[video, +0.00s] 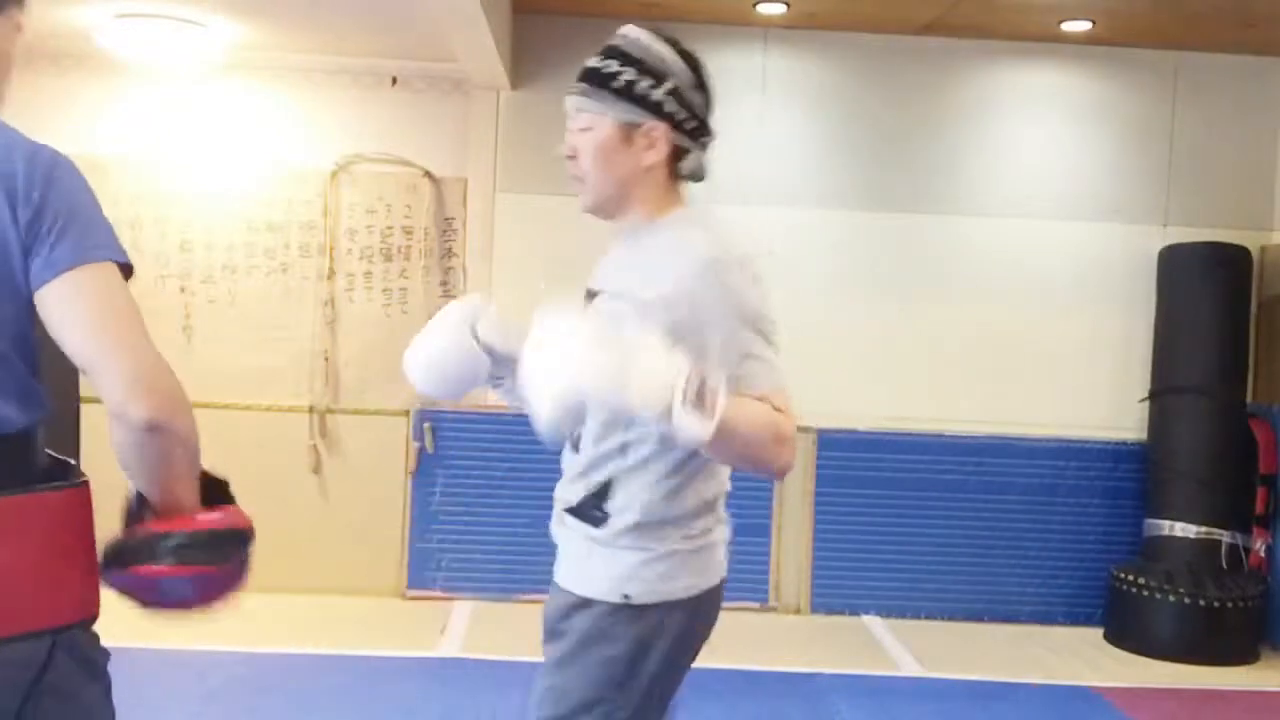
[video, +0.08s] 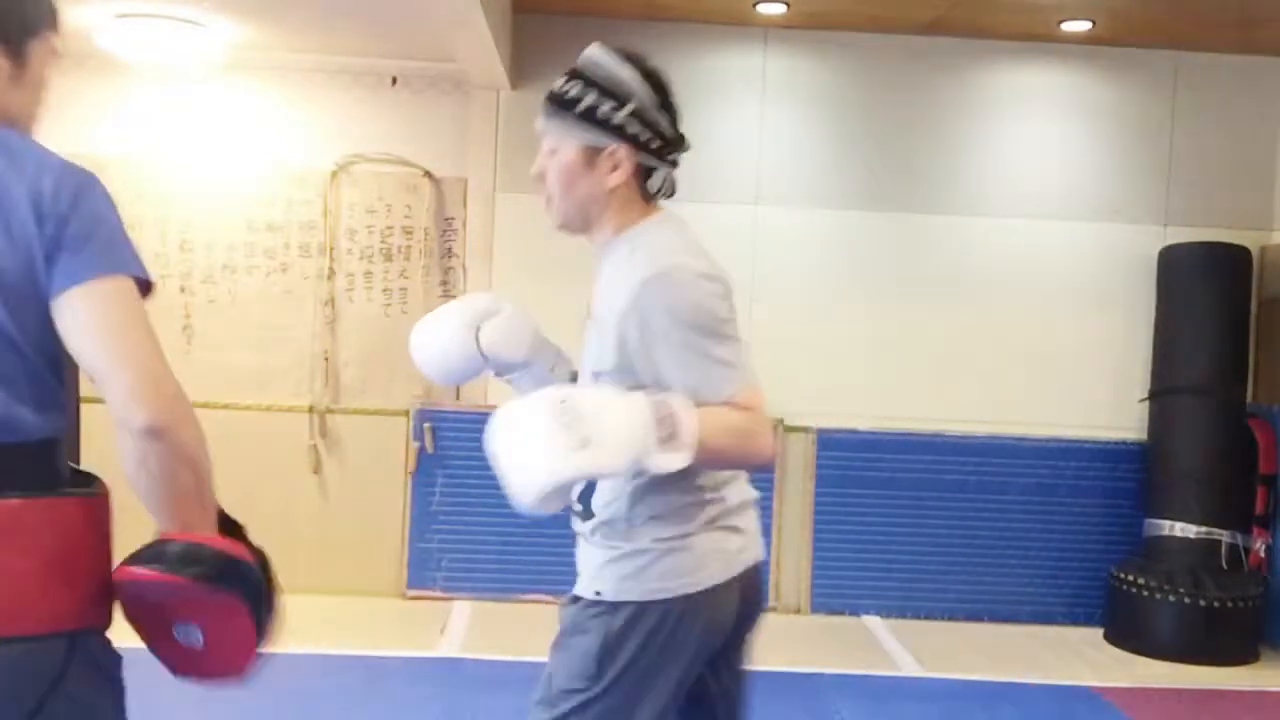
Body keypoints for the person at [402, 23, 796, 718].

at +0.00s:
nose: (565, 150)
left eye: (583, 127)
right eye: (569, 129)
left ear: (652, 142)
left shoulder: (705, 262)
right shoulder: (627, 256)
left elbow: (775, 443)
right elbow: (593, 411)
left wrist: (654, 383)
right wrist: (501, 362)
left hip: (642, 588)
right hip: (597, 575)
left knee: (568, 706)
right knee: (575, 704)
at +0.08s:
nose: (537, 171)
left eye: (552, 150)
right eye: (541, 149)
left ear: (615, 165)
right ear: (611, 167)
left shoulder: (664, 274)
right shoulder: (634, 263)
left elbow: (754, 437)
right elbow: (618, 417)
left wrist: (627, 428)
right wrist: (533, 364)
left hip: (653, 587)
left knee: (571, 707)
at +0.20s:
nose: (543, 194)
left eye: (554, 175)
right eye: (546, 175)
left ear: (611, 184)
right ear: (616, 186)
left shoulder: (649, 283)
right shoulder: (689, 256)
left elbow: (710, 457)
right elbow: (651, 409)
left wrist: (571, 428)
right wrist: (551, 350)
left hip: (662, 590)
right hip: (746, 578)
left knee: (570, 710)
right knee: (765, 714)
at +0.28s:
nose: (591, 206)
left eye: (599, 185)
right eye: (592, 185)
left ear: (650, 188)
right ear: (659, 190)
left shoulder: (656, 289)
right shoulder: (748, 269)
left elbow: (652, 458)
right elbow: (708, 348)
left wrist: (545, 397)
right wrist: (591, 314)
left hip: (687, 601)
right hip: (787, 590)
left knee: (597, 708)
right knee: (807, 710)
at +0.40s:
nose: (702, 218)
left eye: (712, 199)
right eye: (704, 199)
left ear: (756, 205)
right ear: (784, 209)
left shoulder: (741, 298)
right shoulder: (868, 300)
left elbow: (697, 451)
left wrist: (625, 375)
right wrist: (709, 331)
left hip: (773, 620)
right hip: (876, 610)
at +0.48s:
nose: (740, 227)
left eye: (748, 208)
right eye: (741, 208)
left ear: (794, 214)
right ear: (812, 215)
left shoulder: (779, 302)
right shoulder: (897, 304)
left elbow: (752, 460)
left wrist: (679, 393)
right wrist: (740, 359)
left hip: (812, 620)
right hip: (909, 608)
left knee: (724, 709)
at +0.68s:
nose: (810, 210)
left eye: (820, 192)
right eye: (812, 193)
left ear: (868, 197)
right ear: (875, 197)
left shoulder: (852, 277)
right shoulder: (964, 284)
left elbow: (849, 431)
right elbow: (950, 421)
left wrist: (771, 397)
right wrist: (814, 370)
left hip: (859, 584)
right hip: (951, 582)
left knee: (737, 712)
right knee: (931, 713)